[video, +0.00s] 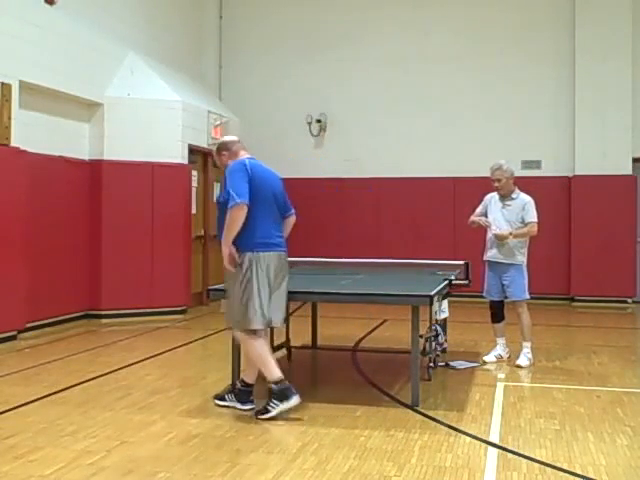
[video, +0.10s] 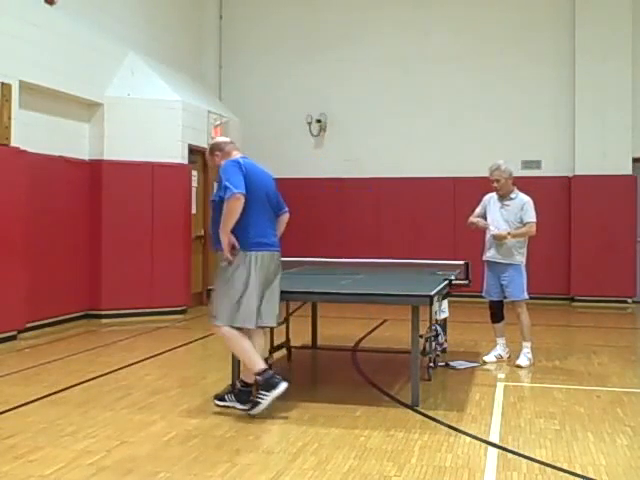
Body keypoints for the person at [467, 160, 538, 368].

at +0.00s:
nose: (496, 185)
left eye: (499, 181)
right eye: (494, 181)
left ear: (511, 180)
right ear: (493, 181)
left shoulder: (525, 201)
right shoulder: (490, 199)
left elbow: (532, 229)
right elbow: (473, 218)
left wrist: (510, 234)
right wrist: (478, 220)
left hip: (515, 261)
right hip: (493, 260)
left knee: (520, 304)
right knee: (495, 304)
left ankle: (526, 349)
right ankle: (500, 347)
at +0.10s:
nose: (495, 185)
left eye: (498, 181)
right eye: (493, 181)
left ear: (510, 180)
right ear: (492, 181)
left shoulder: (524, 201)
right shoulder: (489, 199)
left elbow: (531, 229)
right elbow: (473, 218)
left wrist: (508, 234)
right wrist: (480, 222)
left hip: (514, 261)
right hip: (492, 260)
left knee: (519, 305)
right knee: (495, 304)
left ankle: (526, 349)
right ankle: (501, 346)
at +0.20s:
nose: (493, 185)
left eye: (497, 181)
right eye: (491, 181)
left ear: (509, 180)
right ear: (491, 181)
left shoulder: (523, 202)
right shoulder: (488, 199)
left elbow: (529, 229)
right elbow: (473, 219)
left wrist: (506, 234)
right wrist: (478, 224)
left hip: (513, 261)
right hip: (491, 260)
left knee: (518, 305)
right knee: (494, 304)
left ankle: (526, 349)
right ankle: (501, 347)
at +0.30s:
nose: (492, 185)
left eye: (495, 181)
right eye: (490, 181)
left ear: (508, 180)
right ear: (489, 181)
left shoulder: (521, 202)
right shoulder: (487, 200)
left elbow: (528, 229)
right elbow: (473, 220)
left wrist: (502, 235)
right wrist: (476, 226)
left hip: (511, 262)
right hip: (490, 261)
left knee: (517, 305)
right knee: (493, 304)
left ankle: (526, 349)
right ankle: (500, 346)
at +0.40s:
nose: (490, 186)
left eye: (493, 182)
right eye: (488, 182)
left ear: (506, 180)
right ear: (488, 182)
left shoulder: (520, 202)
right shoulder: (485, 200)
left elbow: (527, 230)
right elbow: (473, 221)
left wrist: (501, 237)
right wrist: (476, 228)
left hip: (510, 262)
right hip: (489, 261)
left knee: (516, 304)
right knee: (493, 304)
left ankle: (526, 349)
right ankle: (500, 346)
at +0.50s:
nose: (488, 187)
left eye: (492, 182)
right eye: (486, 183)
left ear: (504, 180)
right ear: (486, 183)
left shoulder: (519, 202)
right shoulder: (484, 200)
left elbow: (525, 230)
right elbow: (472, 222)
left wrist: (499, 238)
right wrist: (476, 226)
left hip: (509, 262)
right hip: (488, 261)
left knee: (514, 305)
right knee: (492, 305)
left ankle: (525, 349)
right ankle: (500, 347)